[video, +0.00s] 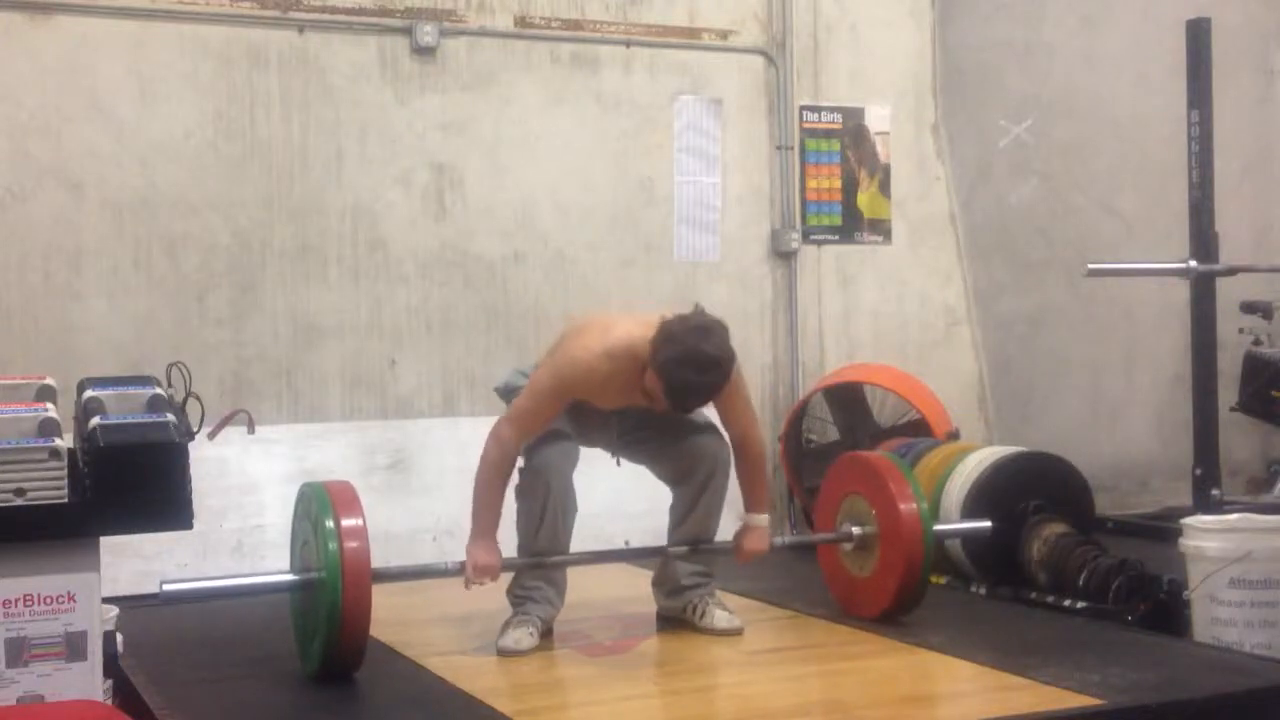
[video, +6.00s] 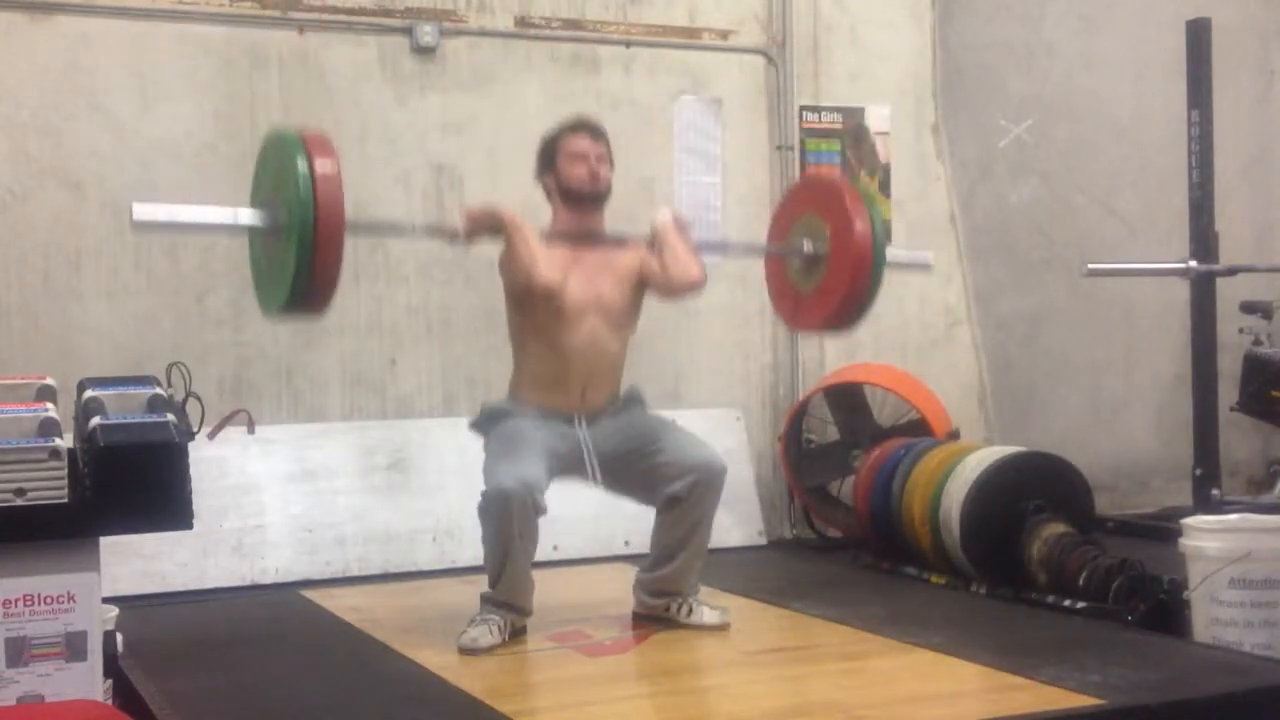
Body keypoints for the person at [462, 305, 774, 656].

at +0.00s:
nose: (660, 408)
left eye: (672, 408)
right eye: (655, 396)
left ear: (707, 389)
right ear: (650, 367)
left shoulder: (715, 366)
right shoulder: (586, 359)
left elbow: (746, 436)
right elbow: (503, 436)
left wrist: (757, 519)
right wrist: (482, 538)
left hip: (633, 411)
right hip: (564, 405)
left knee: (708, 452)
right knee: (550, 460)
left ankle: (683, 592)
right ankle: (532, 607)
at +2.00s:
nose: (667, 322)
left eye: (677, 307)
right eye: (653, 307)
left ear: (686, 303)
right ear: (620, 300)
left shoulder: (686, 357)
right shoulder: (572, 359)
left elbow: (740, 429)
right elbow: (491, 435)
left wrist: (760, 513)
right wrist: (492, 536)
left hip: (640, 510)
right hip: (573, 513)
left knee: (720, 467)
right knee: (545, 478)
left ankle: (682, 598)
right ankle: (535, 609)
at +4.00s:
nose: (599, 257)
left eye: (608, 247)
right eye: (584, 247)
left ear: (619, 259)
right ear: (555, 264)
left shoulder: (643, 340)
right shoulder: (531, 345)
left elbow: (689, 374)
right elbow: (550, 388)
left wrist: (667, 312)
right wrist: (512, 321)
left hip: (628, 514)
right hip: (556, 517)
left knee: (717, 474)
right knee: (523, 495)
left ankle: (667, 595)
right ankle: (503, 612)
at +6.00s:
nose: (593, 167)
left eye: (602, 159)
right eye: (578, 158)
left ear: (612, 175)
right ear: (550, 177)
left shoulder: (633, 255)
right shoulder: (528, 252)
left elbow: (688, 278)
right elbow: (538, 282)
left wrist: (667, 227)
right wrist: (507, 221)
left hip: (612, 422)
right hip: (533, 423)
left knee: (701, 470)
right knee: (510, 490)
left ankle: (663, 597)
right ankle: (504, 610)